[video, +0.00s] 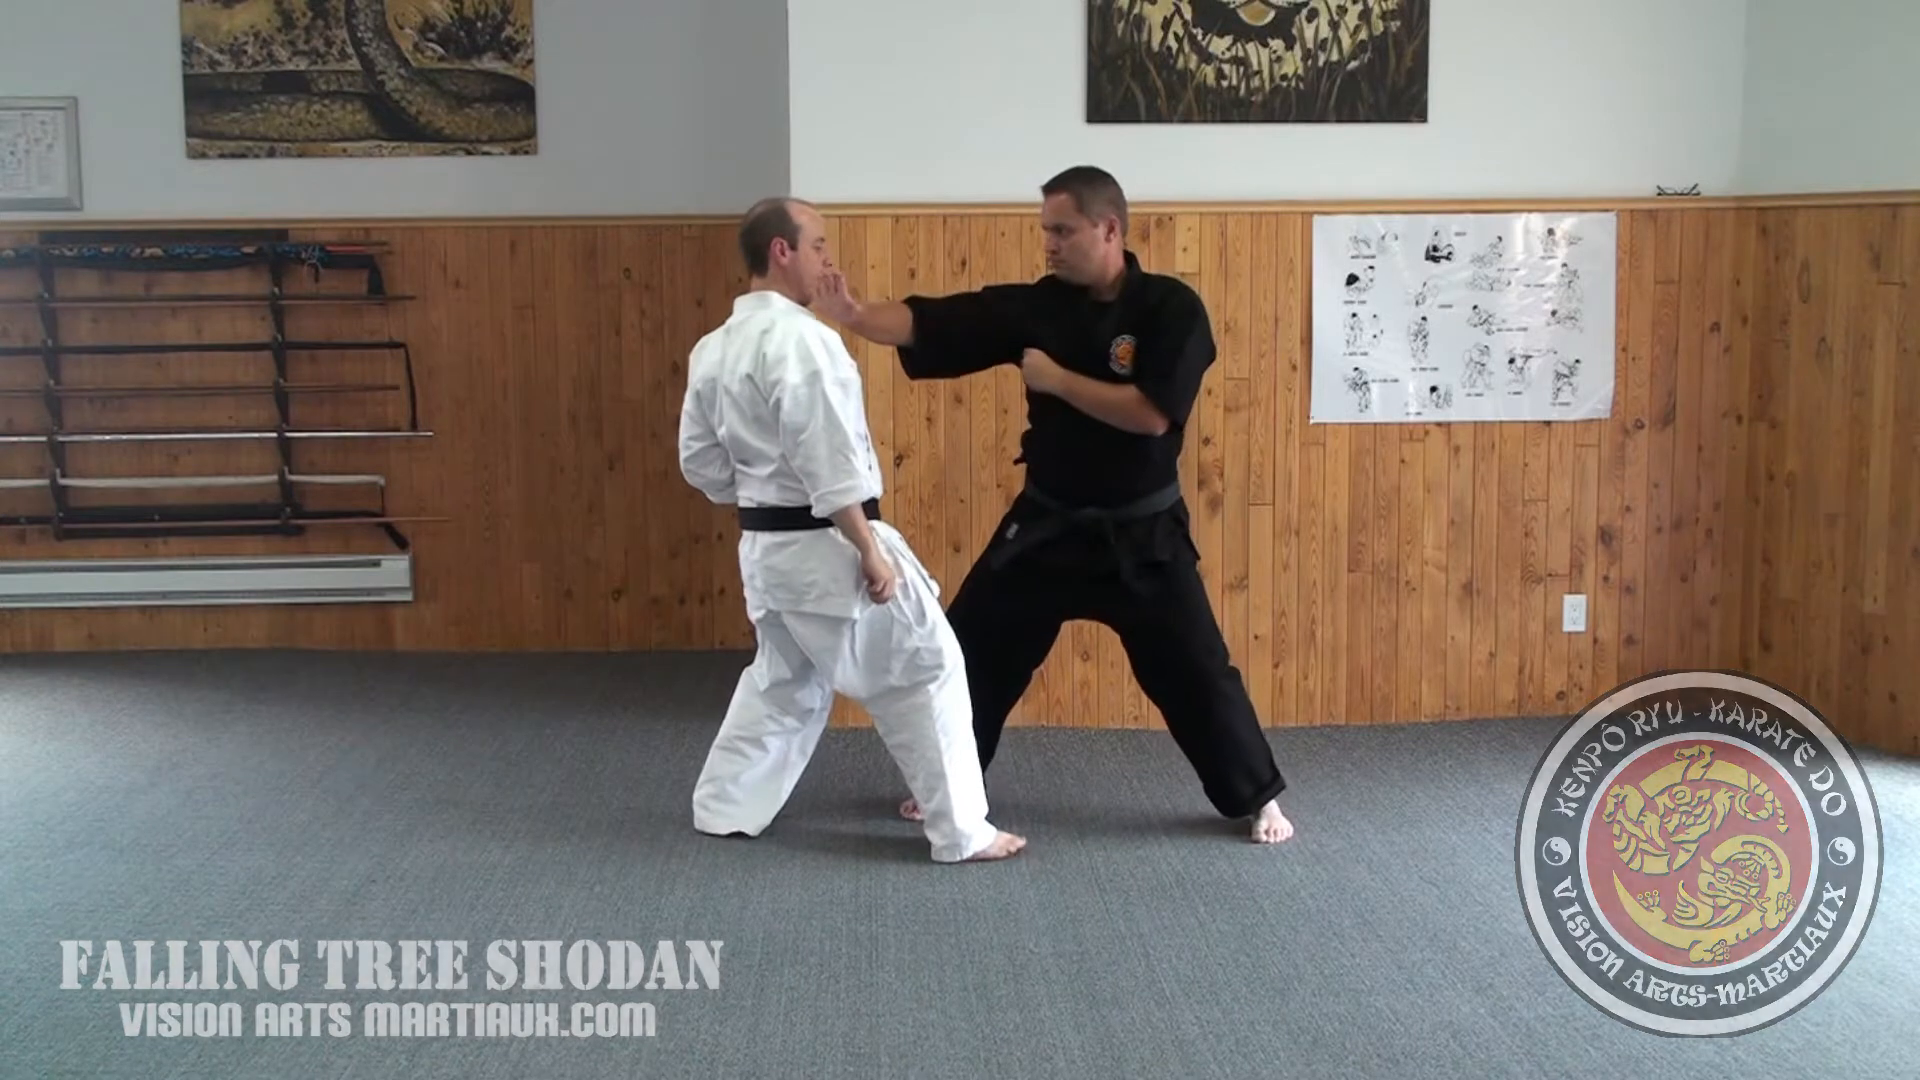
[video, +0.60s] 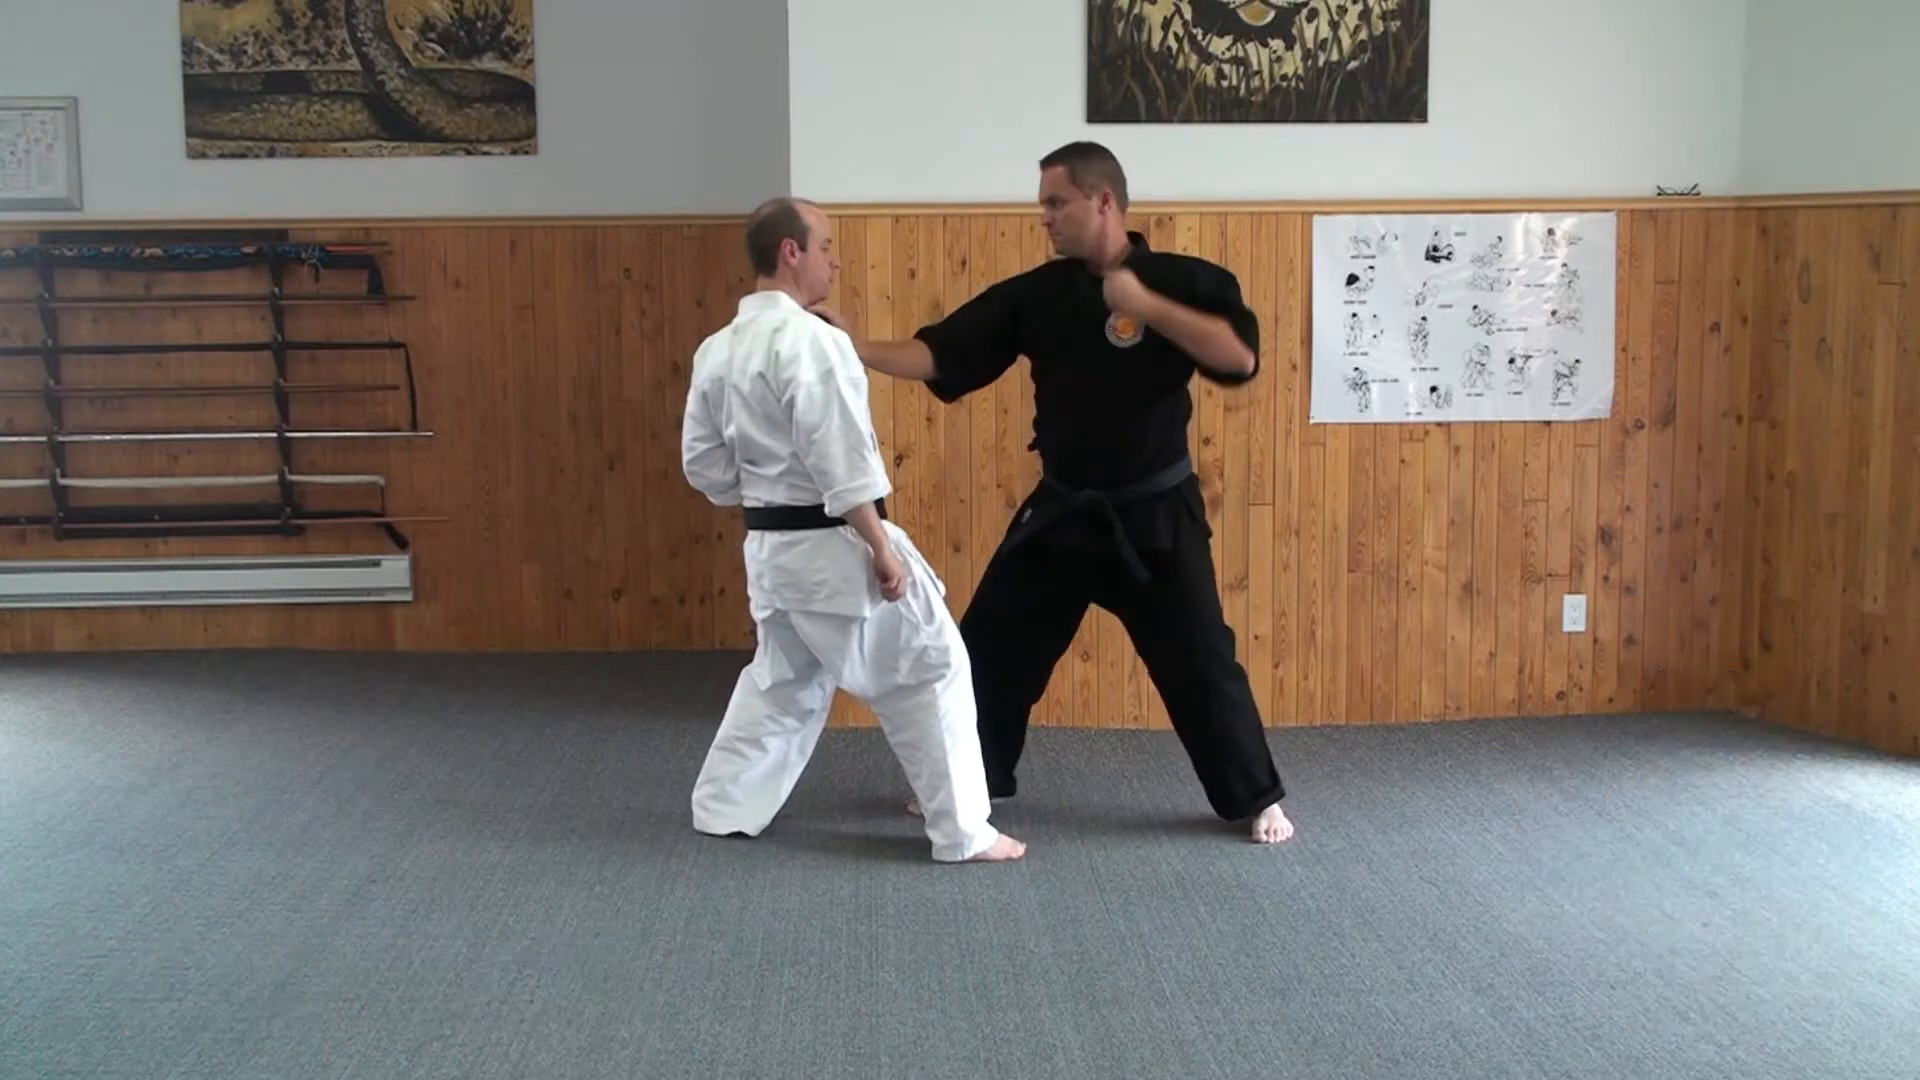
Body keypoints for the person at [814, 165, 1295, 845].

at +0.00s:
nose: (1048, 244)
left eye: (1061, 231)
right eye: (1045, 230)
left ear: (1111, 231)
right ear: (1048, 231)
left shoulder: (1171, 309)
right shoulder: (1034, 307)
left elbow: (1155, 414)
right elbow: (931, 322)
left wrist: (1055, 380)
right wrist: (857, 315)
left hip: (1142, 532)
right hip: (1043, 527)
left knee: (1197, 667)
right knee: (973, 651)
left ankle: (1258, 798)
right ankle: (946, 785)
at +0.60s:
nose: (1045, 218)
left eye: (1057, 205)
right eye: (1043, 206)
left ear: (1107, 202)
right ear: (1057, 209)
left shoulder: (1184, 283)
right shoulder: (1034, 297)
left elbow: (1239, 359)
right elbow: (937, 354)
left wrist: (1149, 307)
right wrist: (849, 348)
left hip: (1157, 512)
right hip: (1059, 513)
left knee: (1200, 659)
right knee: (989, 646)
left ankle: (1259, 800)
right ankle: (962, 782)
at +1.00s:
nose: (977, 207)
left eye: (987, 193)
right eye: (975, 196)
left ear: (1033, 193)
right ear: (992, 202)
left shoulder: (1072, 262)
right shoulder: (976, 287)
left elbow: (1073, 197)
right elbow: (883, 333)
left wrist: (1037, 130)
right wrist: (792, 333)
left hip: (1063, 491)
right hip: (991, 495)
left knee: (1101, 642)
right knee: (967, 644)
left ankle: (1218, 767)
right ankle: (1017, 784)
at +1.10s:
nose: (964, 201)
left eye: (974, 188)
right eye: (962, 190)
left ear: (1018, 187)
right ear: (979, 195)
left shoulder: (1062, 258)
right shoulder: (965, 280)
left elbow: (1043, 184)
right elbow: (877, 320)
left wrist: (1015, 122)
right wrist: (787, 327)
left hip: (1051, 483)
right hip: (979, 486)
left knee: (1058, 640)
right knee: (966, 641)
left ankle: (1167, 761)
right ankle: (1016, 785)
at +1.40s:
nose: (945, 192)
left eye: (956, 177)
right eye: (942, 180)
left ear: (998, 172)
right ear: (951, 187)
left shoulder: (1034, 245)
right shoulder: (944, 270)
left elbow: (1009, 123)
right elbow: (855, 310)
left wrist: (1004, 125)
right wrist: (768, 322)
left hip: (1016, 468)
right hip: (960, 470)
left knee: (934, 611)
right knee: (989, 628)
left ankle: (984, 767)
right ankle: (1030, 778)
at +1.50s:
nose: (939, 193)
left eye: (951, 179)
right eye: (937, 181)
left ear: (992, 177)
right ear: (946, 186)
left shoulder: (1027, 244)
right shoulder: (937, 269)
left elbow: (1018, 131)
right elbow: (850, 302)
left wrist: (1007, 133)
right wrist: (759, 311)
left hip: (996, 472)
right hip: (950, 472)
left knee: (910, 614)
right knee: (975, 631)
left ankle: (929, 784)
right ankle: (1017, 779)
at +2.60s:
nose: (791, 211)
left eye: (794, 199)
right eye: (797, 199)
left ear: (810, 205)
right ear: (870, 215)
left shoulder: (769, 287)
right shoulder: (895, 292)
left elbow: (686, 295)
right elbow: (813, 357)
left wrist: (743, 214)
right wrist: (710, 354)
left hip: (797, 525)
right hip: (891, 518)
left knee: (721, 680)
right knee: (912, 661)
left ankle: (722, 855)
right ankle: (962, 806)